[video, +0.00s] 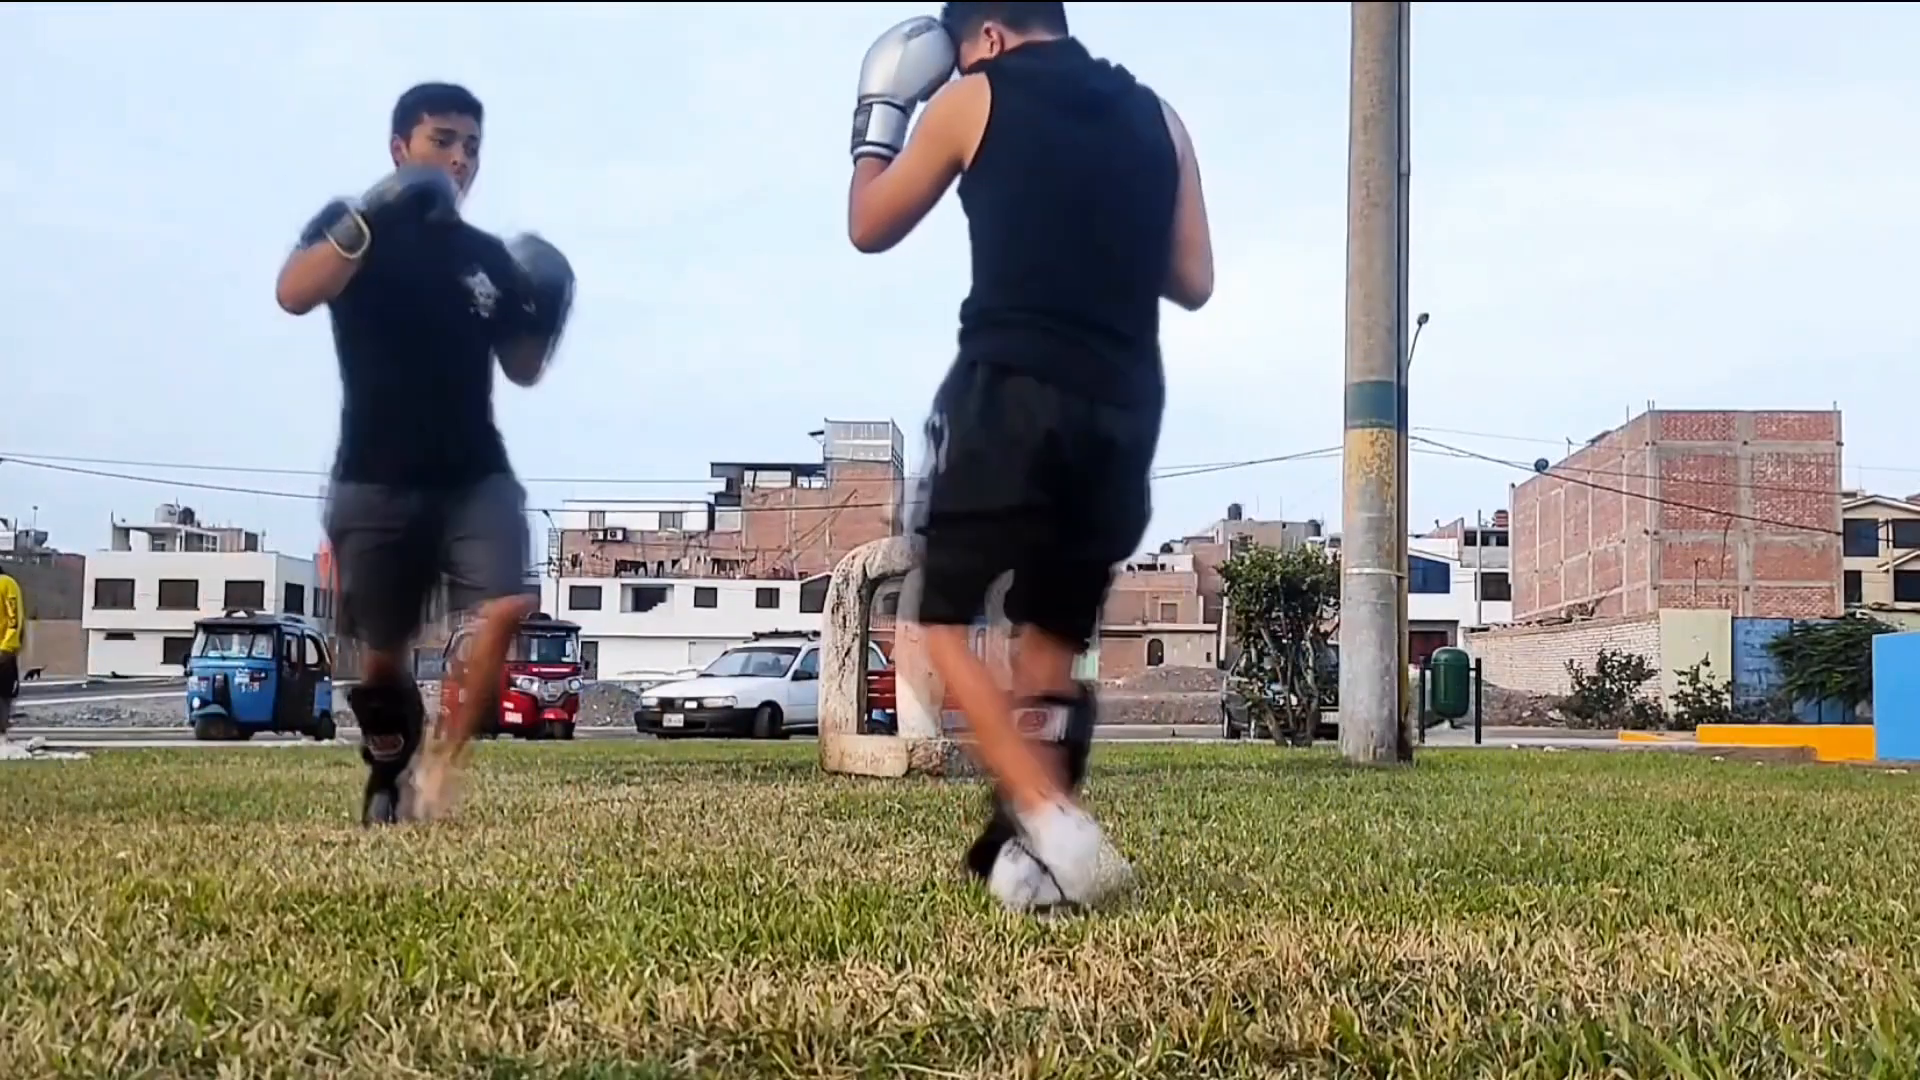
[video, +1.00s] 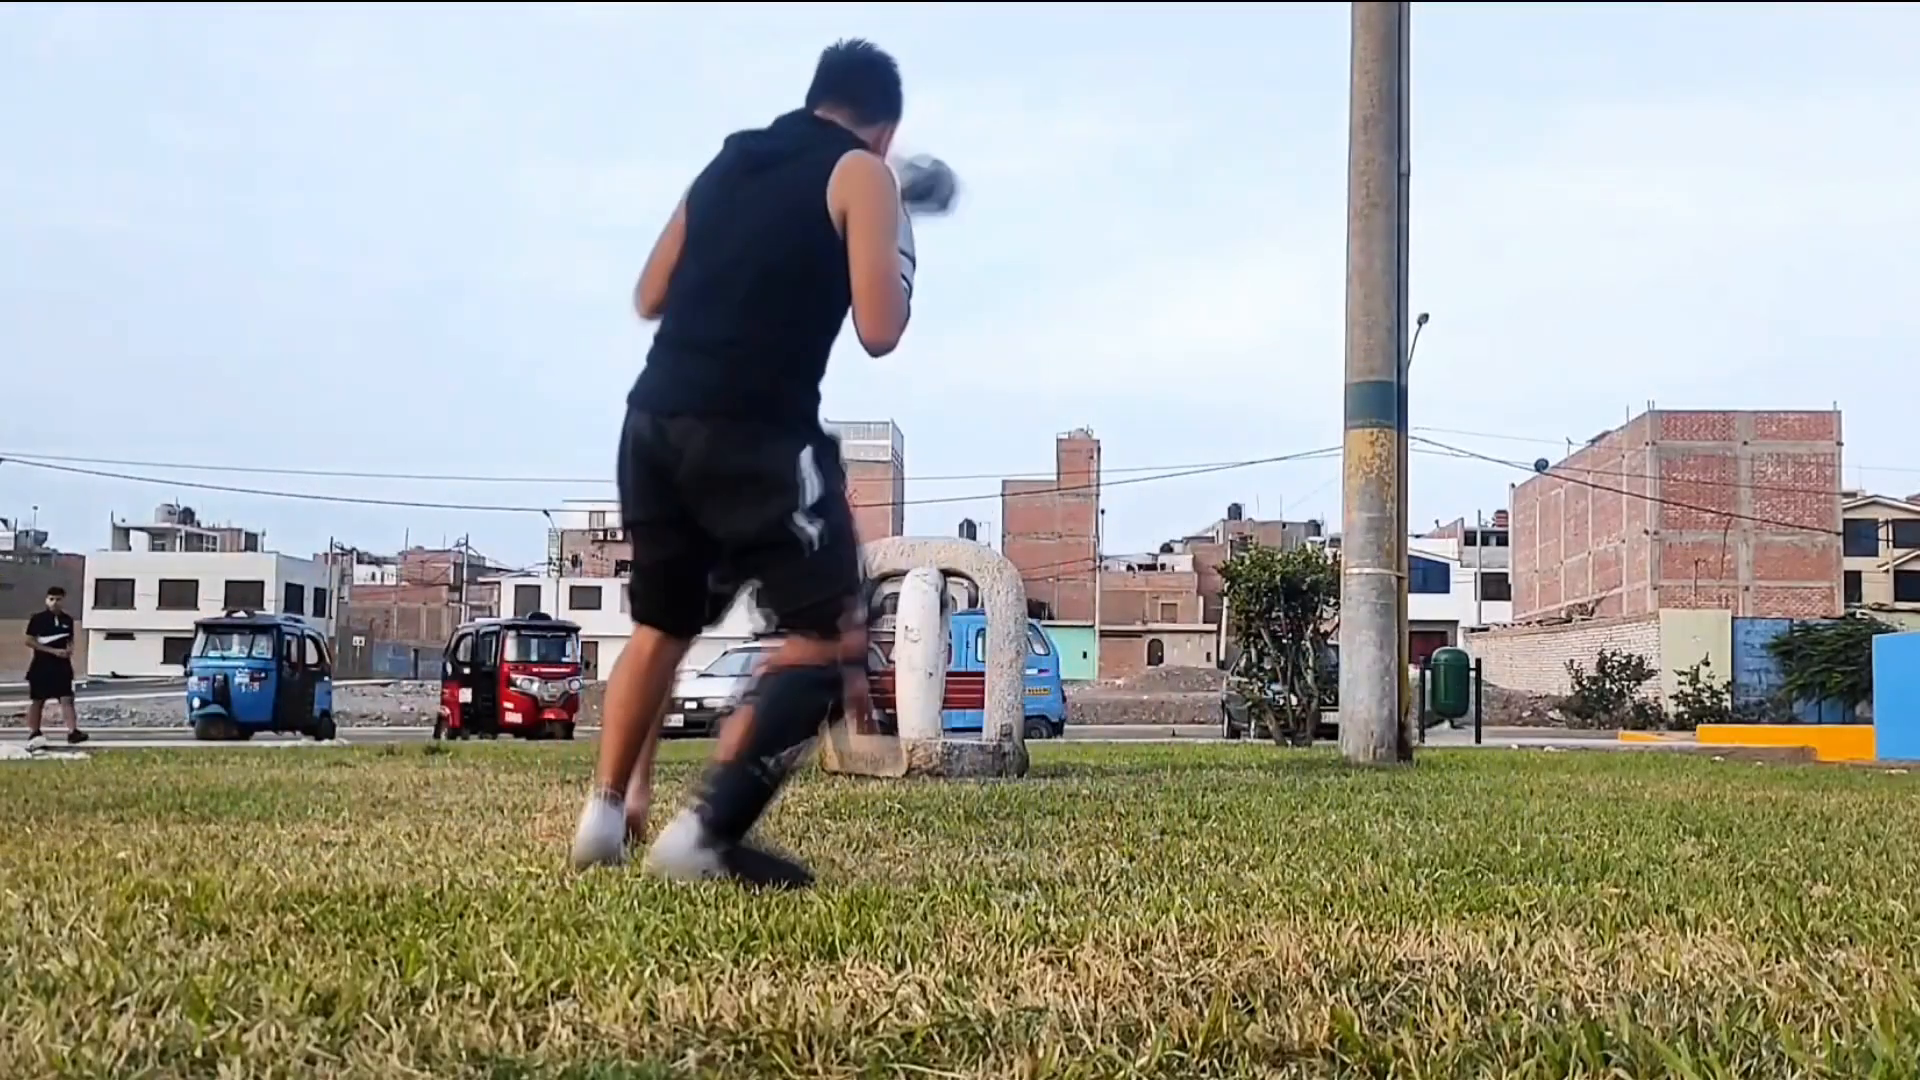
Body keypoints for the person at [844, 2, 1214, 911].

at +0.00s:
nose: (958, 62)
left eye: (957, 47)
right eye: (957, 49)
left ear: (990, 33)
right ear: (1058, 27)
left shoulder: (978, 97)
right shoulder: (1158, 117)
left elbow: (870, 224)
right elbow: (1192, 279)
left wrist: (878, 119)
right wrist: (1100, 224)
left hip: (1008, 390)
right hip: (1124, 407)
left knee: (940, 628)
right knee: (1054, 632)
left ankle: (1065, 838)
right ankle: (1027, 859)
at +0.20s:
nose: (938, 54)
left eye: (939, 39)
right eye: (939, 41)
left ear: (968, 28)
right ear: (1041, 27)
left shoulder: (949, 90)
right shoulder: (1128, 121)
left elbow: (846, 215)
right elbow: (1145, 289)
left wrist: (865, 110)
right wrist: (1067, 222)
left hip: (963, 368)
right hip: (1079, 398)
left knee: (780, 460)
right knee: (1026, 622)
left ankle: (880, 612)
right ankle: (1017, 856)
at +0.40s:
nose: (899, 69)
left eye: (900, 54)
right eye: (900, 56)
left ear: (926, 43)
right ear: (999, 36)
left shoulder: (904, 104)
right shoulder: (1084, 123)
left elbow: (813, 233)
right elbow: (1106, 287)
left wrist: (827, 128)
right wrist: (1027, 225)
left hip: (895, 384)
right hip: (1018, 417)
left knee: (764, 403)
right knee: (1000, 623)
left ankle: (807, 582)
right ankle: (1013, 851)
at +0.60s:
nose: (858, 86)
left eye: (858, 75)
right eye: (862, 75)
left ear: (870, 73)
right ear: (952, 71)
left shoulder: (834, 135)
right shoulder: (1019, 145)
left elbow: (789, 268)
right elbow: (1058, 299)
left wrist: (819, 178)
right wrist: (980, 237)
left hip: (826, 413)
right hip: (951, 434)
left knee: (725, 525)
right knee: (959, 639)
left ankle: (685, 706)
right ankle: (997, 853)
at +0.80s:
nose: (912, 127)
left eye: (903, 114)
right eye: (913, 114)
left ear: (829, 86)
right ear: (906, 107)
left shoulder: (753, 150)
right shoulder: (906, 175)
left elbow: (705, 263)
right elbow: (949, 331)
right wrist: (918, 256)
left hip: (710, 433)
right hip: (821, 446)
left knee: (669, 640)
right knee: (900, 631)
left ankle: (613, 836)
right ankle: (945, 836)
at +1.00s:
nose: (886, 143)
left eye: (883, 134)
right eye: (888, 134)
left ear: (813, 100)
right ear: (881, 123)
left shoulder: (730, 161)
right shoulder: (862, 174)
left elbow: (653, 296)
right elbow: (880, 331)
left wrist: (756, 262)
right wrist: (895, 236)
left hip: (656, 420)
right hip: (759, 430)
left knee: (661, 618)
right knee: (821, 640)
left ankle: (606, 814)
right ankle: (707, 835)